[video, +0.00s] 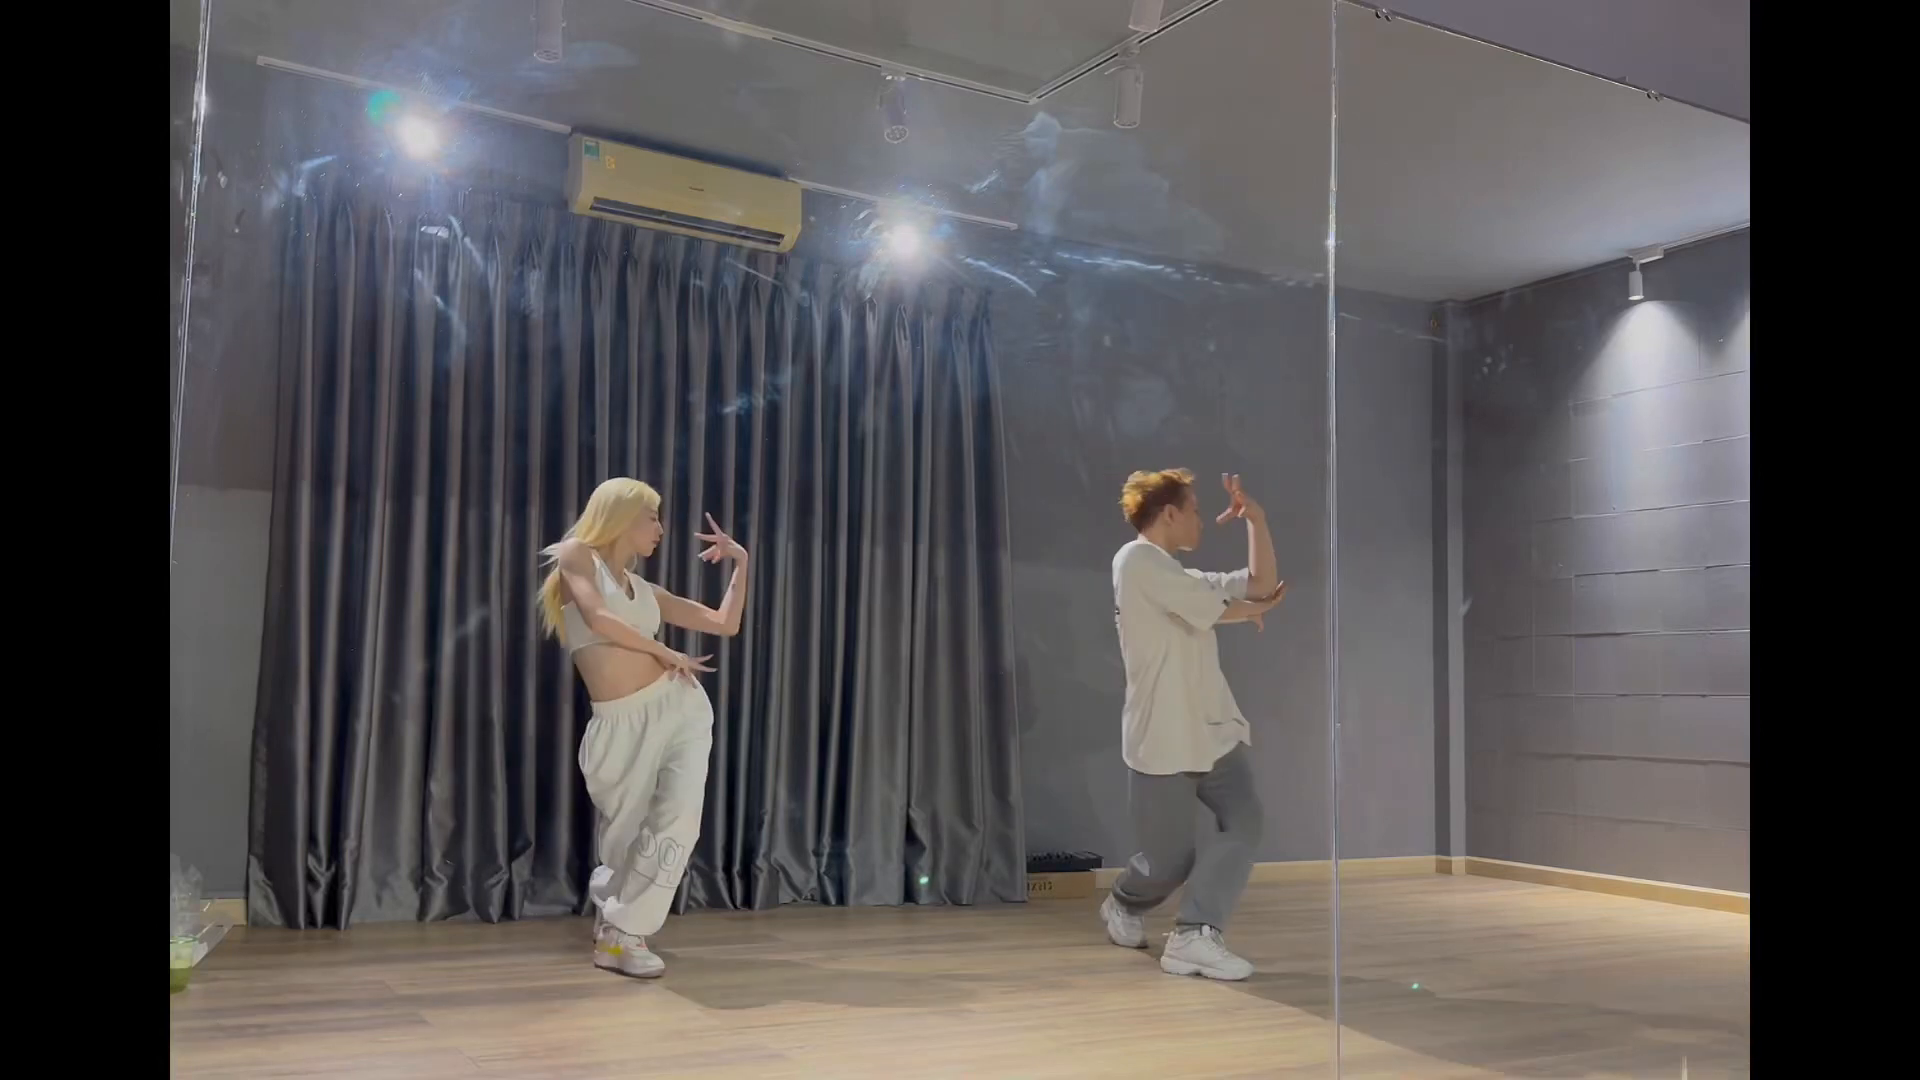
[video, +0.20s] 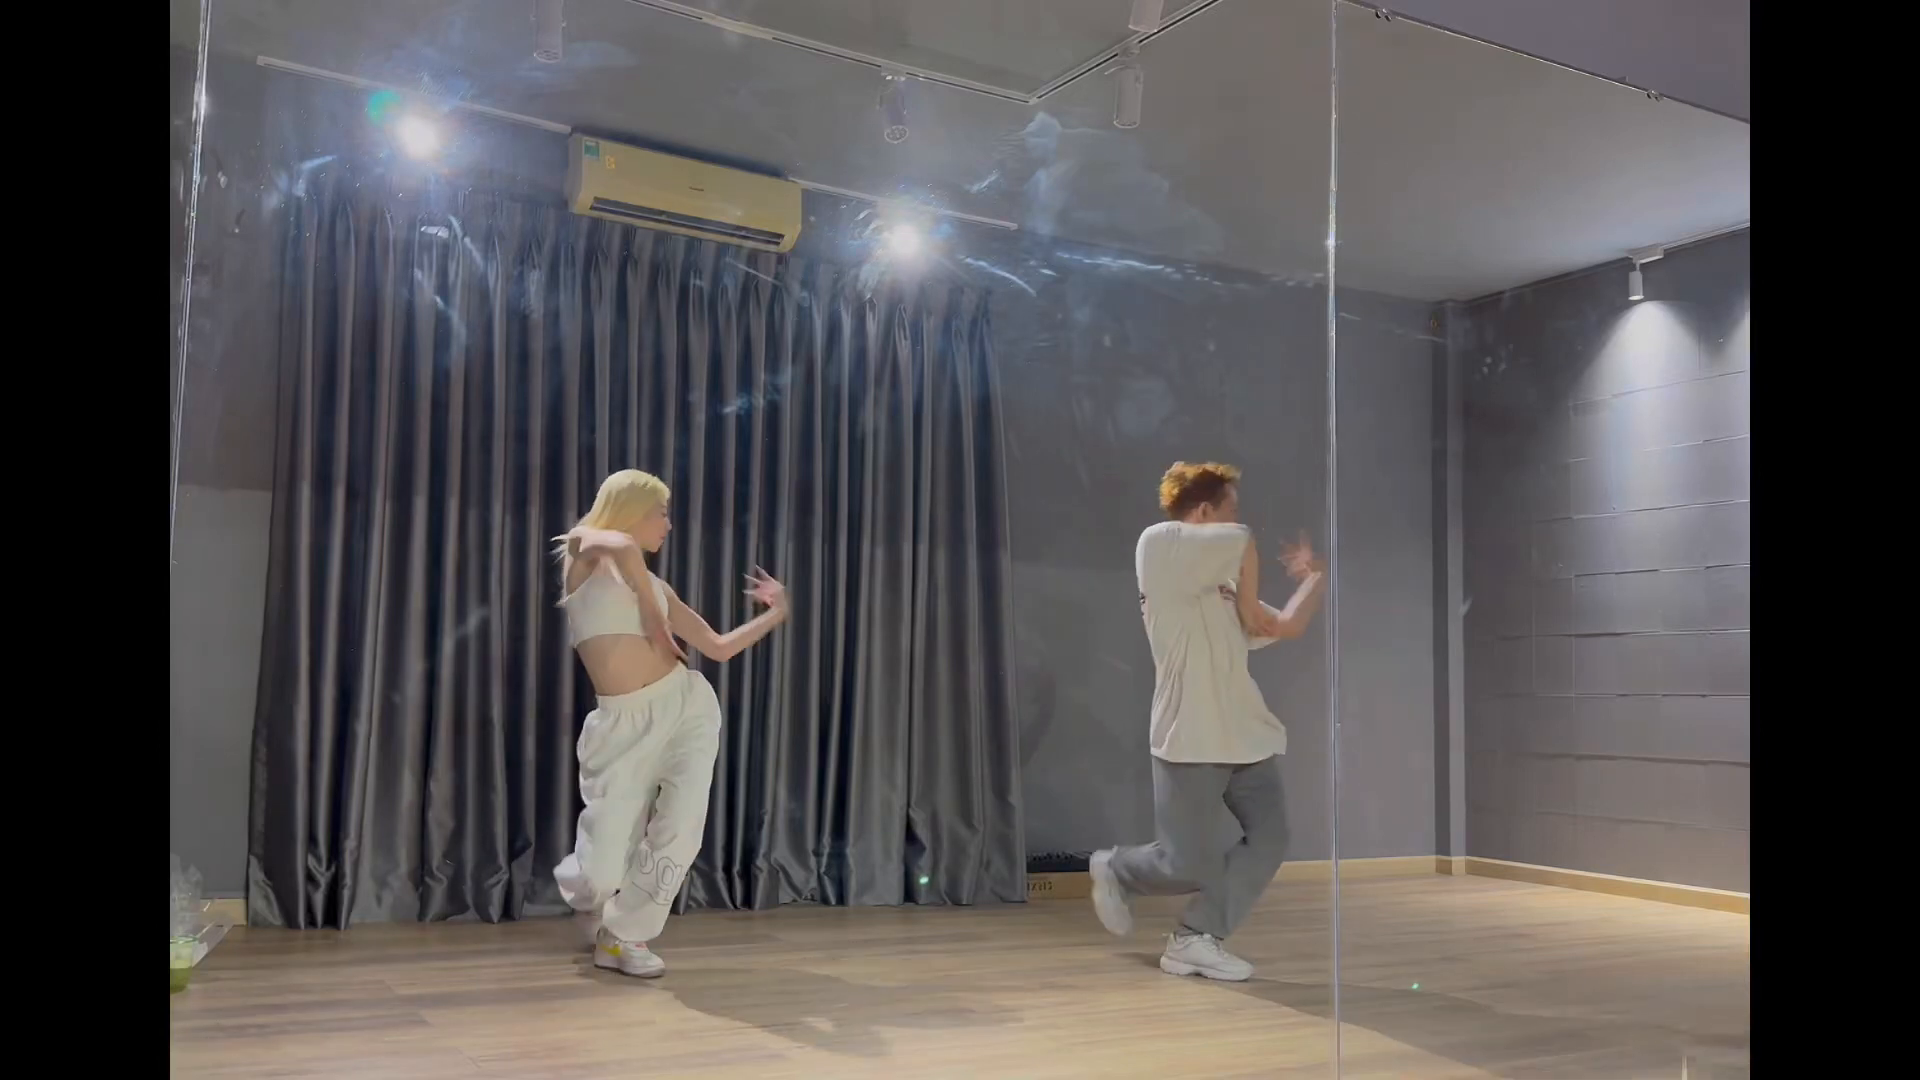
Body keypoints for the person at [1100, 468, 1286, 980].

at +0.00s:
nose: (1201, 521)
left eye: (1199, 511)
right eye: (1194, 511)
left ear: (1164, 515)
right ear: (1169, 513)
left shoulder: (1182, 576)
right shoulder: (1138, 560)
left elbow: (1259, 586)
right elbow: (1196, 607)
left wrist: (1255, 520)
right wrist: (1254, 609)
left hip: (1212, 729)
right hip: (1160, 734)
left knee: (1243, 825)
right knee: (1169, 858)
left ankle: (1193, 937)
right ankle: (1124, 905)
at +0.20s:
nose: (1235, 518)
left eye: (1235, 509)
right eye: (1230, 508)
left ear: (1200, 508)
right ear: (1205, 505)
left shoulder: (1217, 576)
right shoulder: (1157, 543)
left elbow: (1285, 624)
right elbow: (1240, 539)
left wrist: (1314, 578)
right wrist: (1251, 609)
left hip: (1244, 729)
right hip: (1187, 733)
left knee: (1268, 837)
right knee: (1192, 864)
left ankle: (1195, 939)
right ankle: (1112, 869)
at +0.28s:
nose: (1244, 508)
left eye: (1248, 501)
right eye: (1234, 500)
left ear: (1248, 506)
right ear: (1199, 503)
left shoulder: (1247, 583)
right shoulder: (1171, 549)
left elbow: (1287, 640)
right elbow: (1239, 504)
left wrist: (1340, 595)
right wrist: (1243, 594)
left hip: (1248, 730)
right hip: (1191, 728)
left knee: (1275, 847)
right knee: (1240, 839)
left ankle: (1196, 939)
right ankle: (1131, 861)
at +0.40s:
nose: (1254, 508)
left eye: (1261, 499)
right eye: (1241, 499)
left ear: (1275, 507)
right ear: (1215, 506)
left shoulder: (1285, 572)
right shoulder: (1205, 551)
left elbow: (1285, 635)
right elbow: (1210, 517)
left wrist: (1291, 587)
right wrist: (1275, 538)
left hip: (1262, 720)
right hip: (1207, 706)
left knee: (1293, 851)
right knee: (1282, 795)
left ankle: (1193, 938)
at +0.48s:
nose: (1251, 515)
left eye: (1262, 504)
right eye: (1241, 506)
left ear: (1286, 505)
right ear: (1226, 510)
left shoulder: (1321, 569)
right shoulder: (1212, 558)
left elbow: (1321, 630)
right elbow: (1207, 575)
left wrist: (1267, 593)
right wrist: (1282, 515)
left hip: (1289, 733)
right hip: (1216, 717)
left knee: (1301, 857)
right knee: (1285, 819)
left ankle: (1195, 938)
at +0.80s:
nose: (1308, 455)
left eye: (1317, 444)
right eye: (1296, 444)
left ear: (1329, 450)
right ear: (1270, 450)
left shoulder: (1355, 509)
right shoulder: (1244, 516)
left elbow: (1398, 571)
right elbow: (1257, 581)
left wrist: (1347, 555)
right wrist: (1280, 518)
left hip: (1352, 696)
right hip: (1279, 696)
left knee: (1328, 833)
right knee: (1310, 831)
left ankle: (1244, 924)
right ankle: (1346, 954)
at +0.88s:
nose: (1318, 423)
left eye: (1326, 414)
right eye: (1306, 413)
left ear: (1337, 425)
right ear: (1277, 423)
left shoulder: (1356, 494)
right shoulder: (1247, 496)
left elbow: (1418, 482)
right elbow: (1257, 568)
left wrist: (1340, 474)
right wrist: (1293, 513)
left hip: (1353, 676)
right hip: (1279, 680)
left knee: (1318, 814)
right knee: (1312, 813)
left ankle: (1267, 934)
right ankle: (1340, 948)